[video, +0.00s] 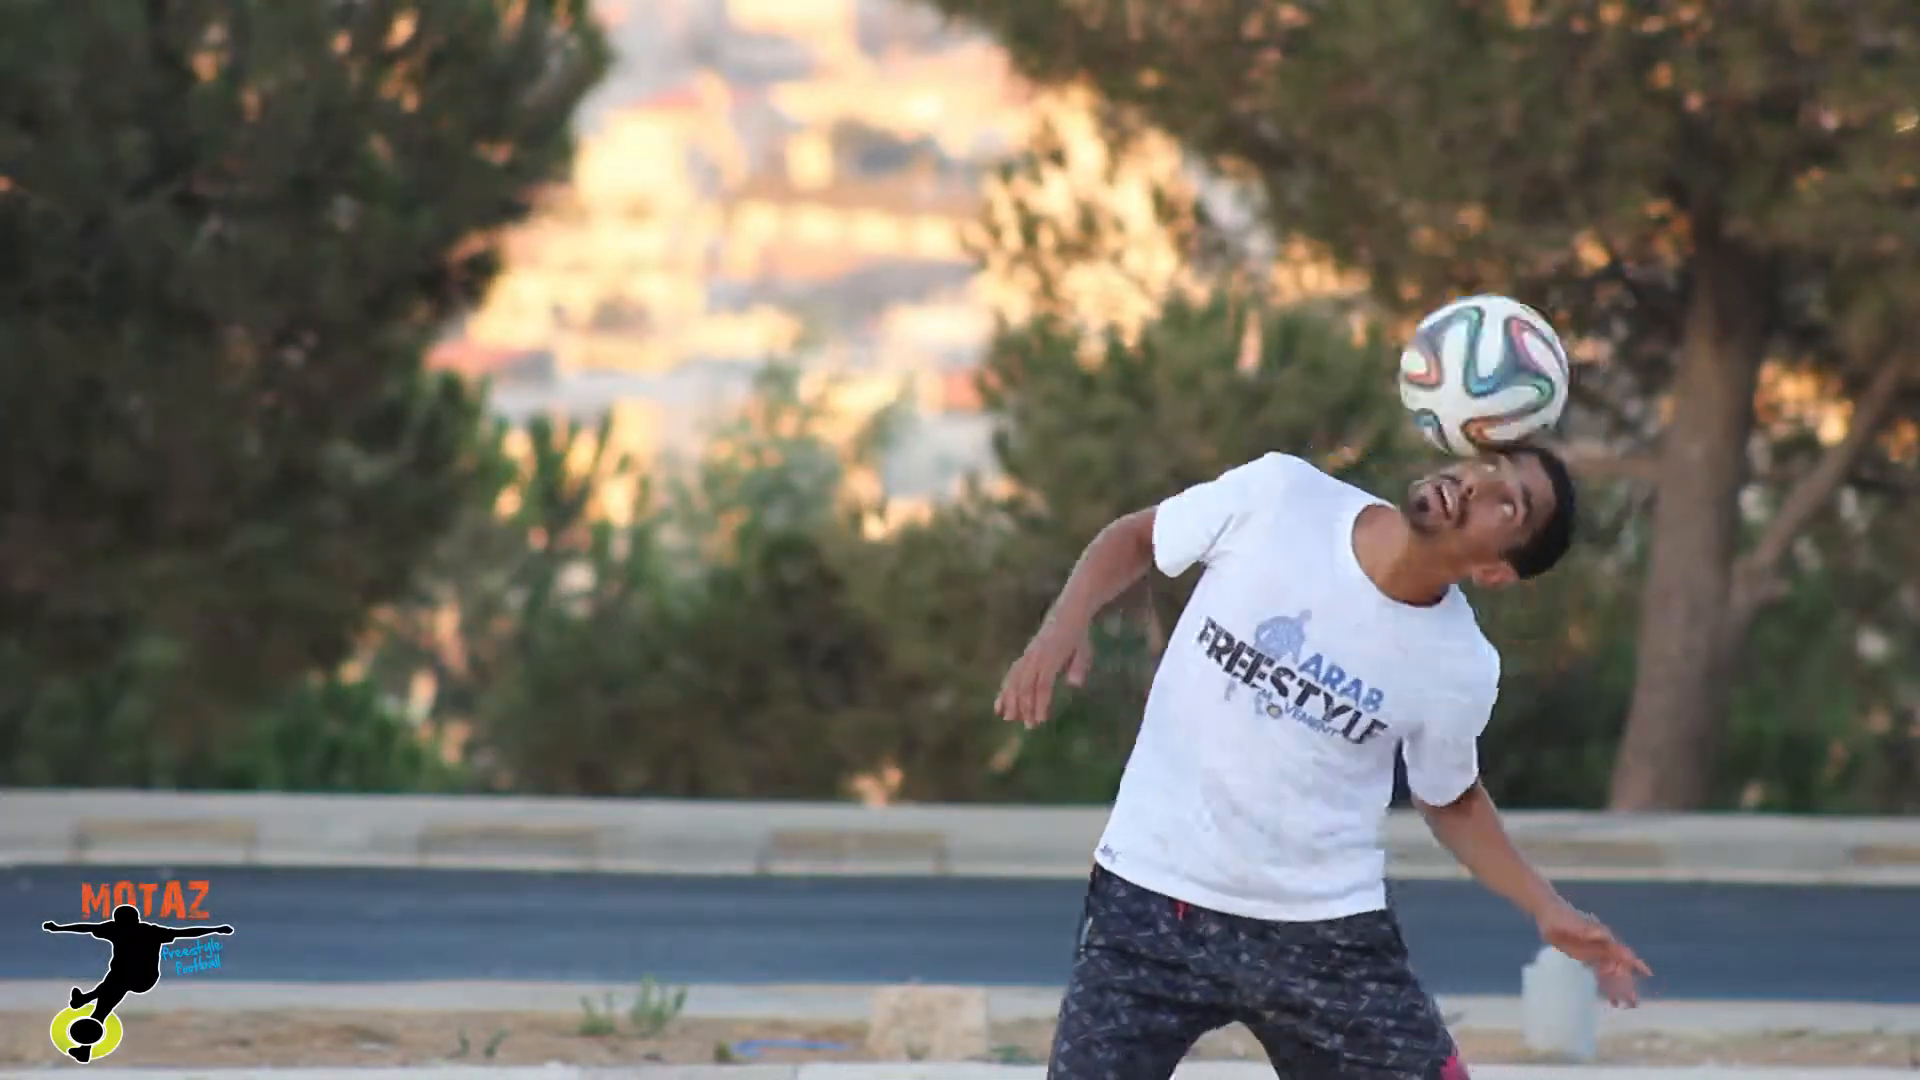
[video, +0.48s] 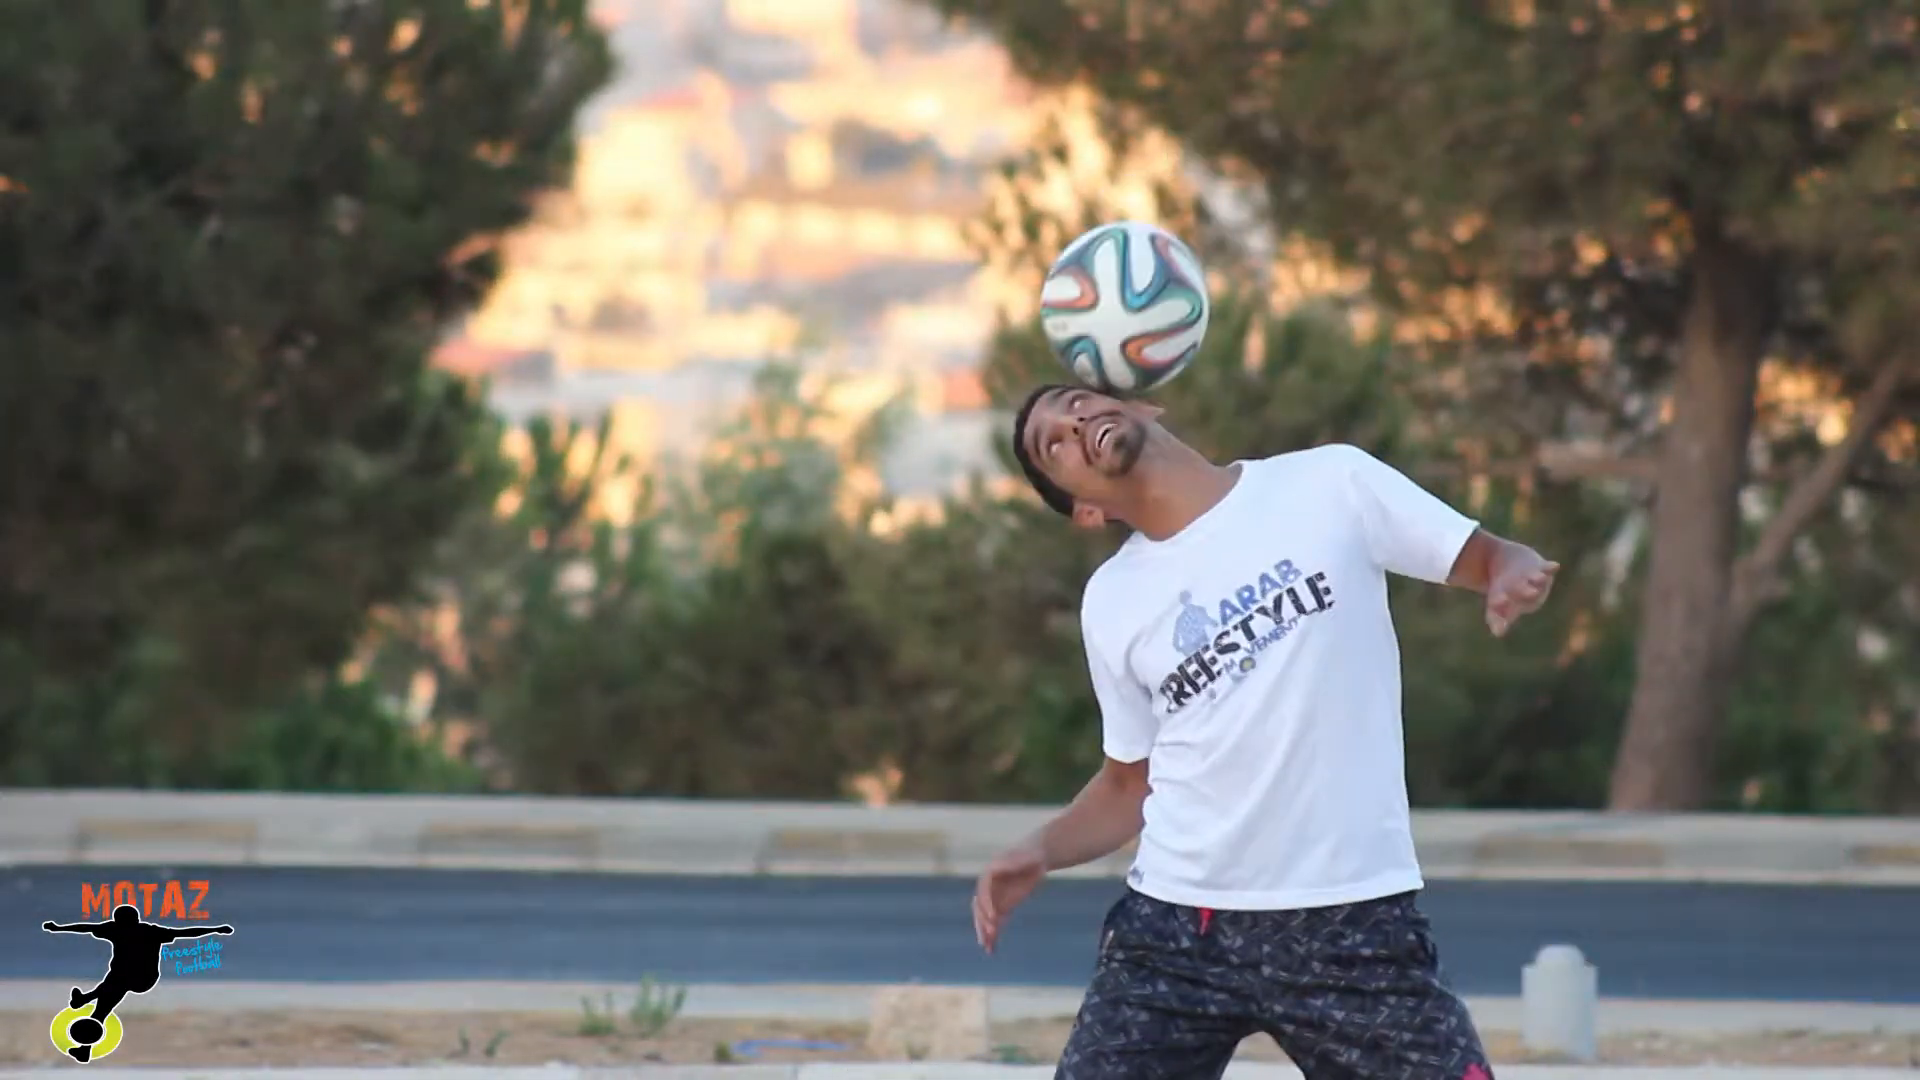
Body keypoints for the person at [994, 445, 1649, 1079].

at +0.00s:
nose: (1469, 482)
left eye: (1505, 505)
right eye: (1482, 466)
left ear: (1493, 573)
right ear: (1446, 466)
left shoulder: (1458, 668)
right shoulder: (1273, 493)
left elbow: (1453, 798)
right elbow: (1136, 538)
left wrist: (1549, 910)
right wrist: (1063, 621)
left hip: (1328, 943)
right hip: (1147, 913)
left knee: (1429, 1068)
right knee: (1085, 1068)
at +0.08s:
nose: (1420, 389)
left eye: (1458, 403)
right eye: (1425, 377)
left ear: (1465, 479)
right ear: (1386, 394)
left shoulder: (1446, 618)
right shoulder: (1235, 471)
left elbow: (1456, 777)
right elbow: (1112, 556)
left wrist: (1509, 878)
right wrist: (1049, 617)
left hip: (1328, 925)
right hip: (1156, 901)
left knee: (1437, 1068)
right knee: (1094, 1068)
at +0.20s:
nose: (1296, 316)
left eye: (1334, 311)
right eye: (1285, 307)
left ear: (1371, 381)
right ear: (1257, 355)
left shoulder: (1414, 519)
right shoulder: (1172, 481)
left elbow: (1514, 702)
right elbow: (1091, 623)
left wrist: (1455, 722)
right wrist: (1015, 668)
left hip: (1353, 914)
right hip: (1177, 904)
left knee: (1445, 1071)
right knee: (1110, 1071)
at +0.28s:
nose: (1235, 316)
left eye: (1269, 307)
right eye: (1222, 313)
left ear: (1317, 367)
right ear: (1202, 375)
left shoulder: (1389, 488)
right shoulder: (1146, 507)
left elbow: (1533, 637)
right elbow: (1098, 667)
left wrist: (1454, 646)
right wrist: (1018, 708)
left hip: (1355, 912)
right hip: (1178, 907)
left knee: (1453, 1069)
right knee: (1112, 1068)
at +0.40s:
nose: (1113, 376)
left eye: (1130, 360)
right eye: (1089, 390)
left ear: (1196, 392)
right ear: (1106, 465)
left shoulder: (1349, 479)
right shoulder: (1117, 580)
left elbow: (1539, 566)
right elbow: (1122, 758)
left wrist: (1493, 577)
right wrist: (1026, 821)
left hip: (1358, 936)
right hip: (1176, 940)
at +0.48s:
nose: (1077, 421)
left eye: (1081, 402)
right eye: (1055, 444)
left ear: (1146, 408)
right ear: (1089, 512)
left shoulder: (1334, 481)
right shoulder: (1111, 601)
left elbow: (1491, 557)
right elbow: (1128, 784)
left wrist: (1514, 576)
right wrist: (1037, 852)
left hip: (1351, 938)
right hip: (1170, 945)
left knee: (1453, 1069)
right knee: (1091, 1068)